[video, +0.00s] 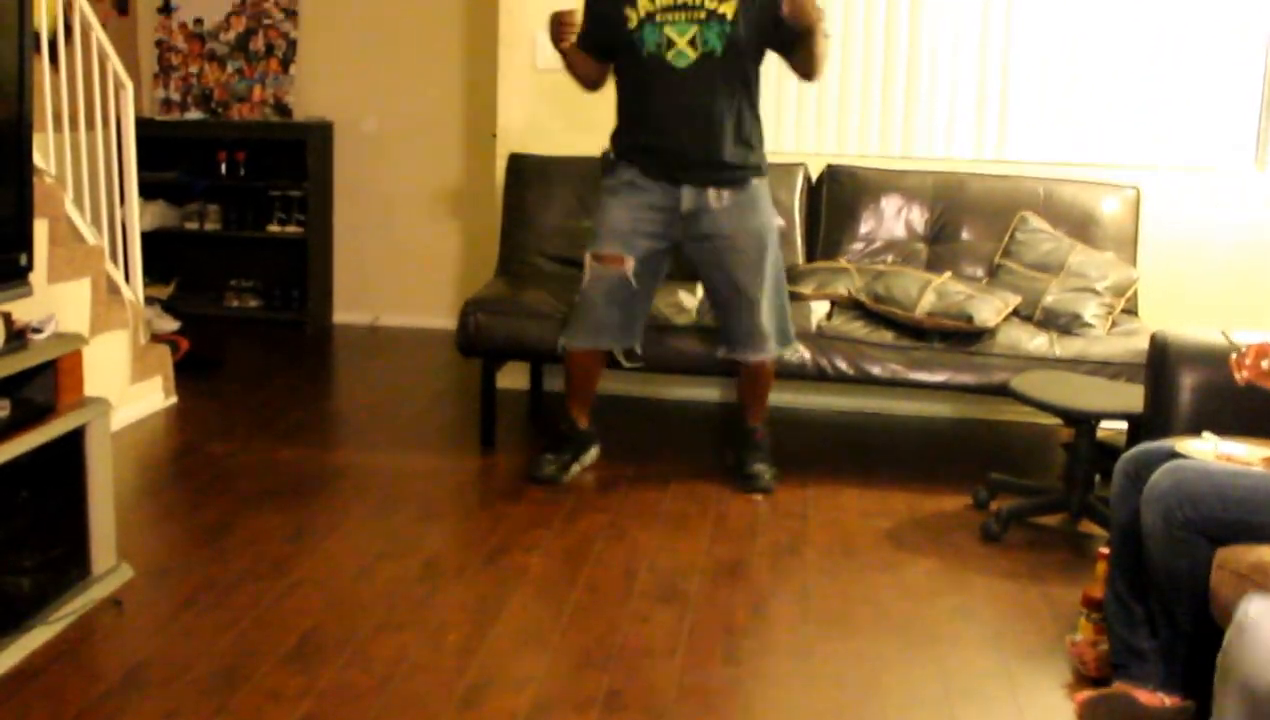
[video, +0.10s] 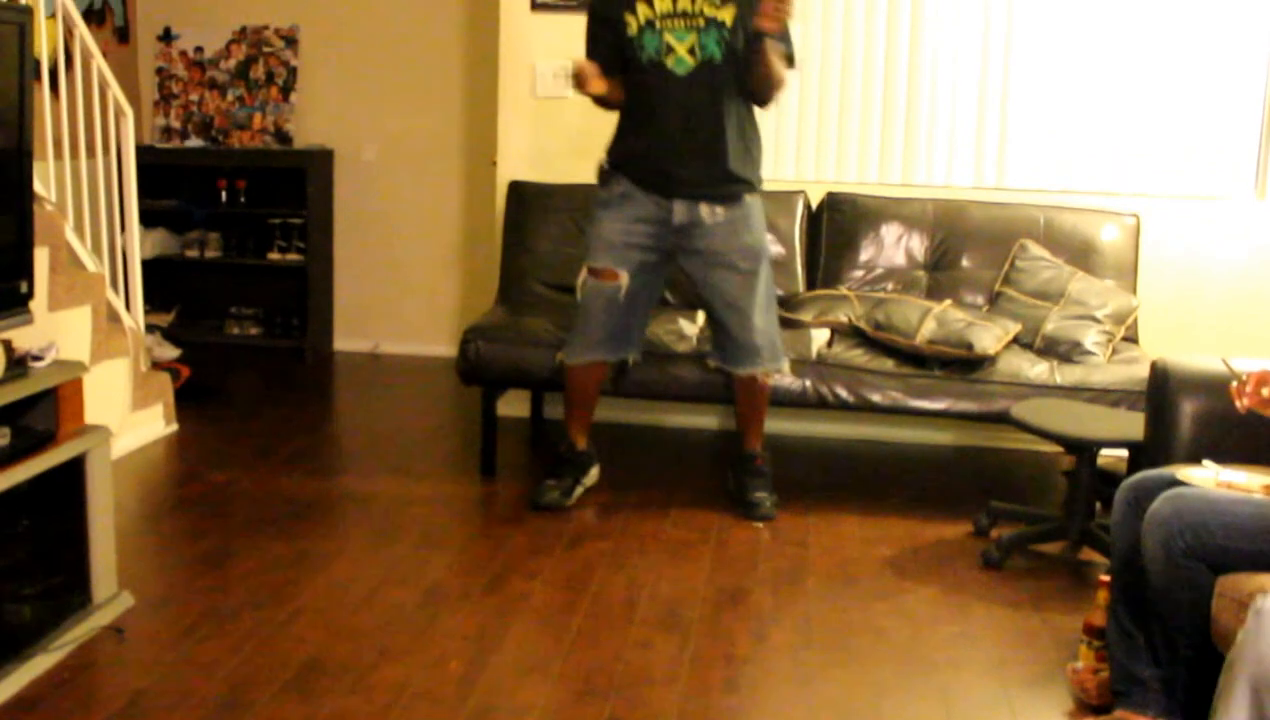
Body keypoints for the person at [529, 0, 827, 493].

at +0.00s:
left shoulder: (756, 3)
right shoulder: (615, 2)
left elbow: (808, 69)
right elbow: (593, 76)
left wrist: (808, 28)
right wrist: (568, 46)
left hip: (733, 177)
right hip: (639, 174)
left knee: (757, 321)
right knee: (596, 301)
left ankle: (754, 438)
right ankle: (577, 432)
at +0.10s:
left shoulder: (749, 5)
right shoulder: (612, 4)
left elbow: (764, 93)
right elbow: (621, 94)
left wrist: (768, 37)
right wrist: (596, 85)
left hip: (725, 189)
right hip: (634, 184)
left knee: (752, 336)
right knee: (595, 317)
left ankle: (753, 460)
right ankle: (576, 452)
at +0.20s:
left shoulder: (746, 21)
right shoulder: (609, 23)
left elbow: (765, 120)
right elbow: (587, 117)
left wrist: (719, 69)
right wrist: (637, 118)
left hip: (713, 226)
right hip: (623, 223)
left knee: (741, 374)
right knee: (594, 354)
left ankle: (750, 497)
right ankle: (578, 493)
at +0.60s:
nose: (679, 128)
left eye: (691, 116)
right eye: (666, 117)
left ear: (711, 121)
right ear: (649, 123)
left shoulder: (750, 187)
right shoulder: (608, 194)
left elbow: (793, 274)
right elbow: (574, 277)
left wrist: (790, 258)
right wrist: (580, 272)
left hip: (730, 397)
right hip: (636, 397)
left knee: (758, 541)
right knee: (604, 521)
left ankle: (763, 661)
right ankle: (588, 657)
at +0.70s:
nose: (687, 158)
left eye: (698, 146)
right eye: (675, 147)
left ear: (718, 150)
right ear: (659, 153)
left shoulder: (763, 221)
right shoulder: (624, 226)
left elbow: (818, 292)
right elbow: (585, 299)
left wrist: (827, 263)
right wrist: (562, 289)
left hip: (742, 418)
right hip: (651, 415)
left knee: (770, 560)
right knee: (611, 544)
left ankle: (765, 679)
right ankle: (594, 673)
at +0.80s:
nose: (692, 156)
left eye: (704, 144)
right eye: (680, 145)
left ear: (723, 140)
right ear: (661, 144)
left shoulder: (763, 207)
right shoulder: (625, 215)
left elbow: (801, 301)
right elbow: (613, 309)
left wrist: (824, 255)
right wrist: (582, 293)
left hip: (744, 413)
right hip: (650, 410)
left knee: (774, 552)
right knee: (611, 523)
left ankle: (762, 670)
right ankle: (592, 660)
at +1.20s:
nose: (681, 165)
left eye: (692, 153)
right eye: (670, 152)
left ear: (712, 143)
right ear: (650, 141)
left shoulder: (743, 205)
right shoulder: (607, 197)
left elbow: (761, 298)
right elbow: (576, 288)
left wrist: (715, 293)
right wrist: (646, 264)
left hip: (718, 398)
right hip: (626, 395)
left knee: (754, 534)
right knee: (592, 518)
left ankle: (763, 659)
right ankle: (583, 659)